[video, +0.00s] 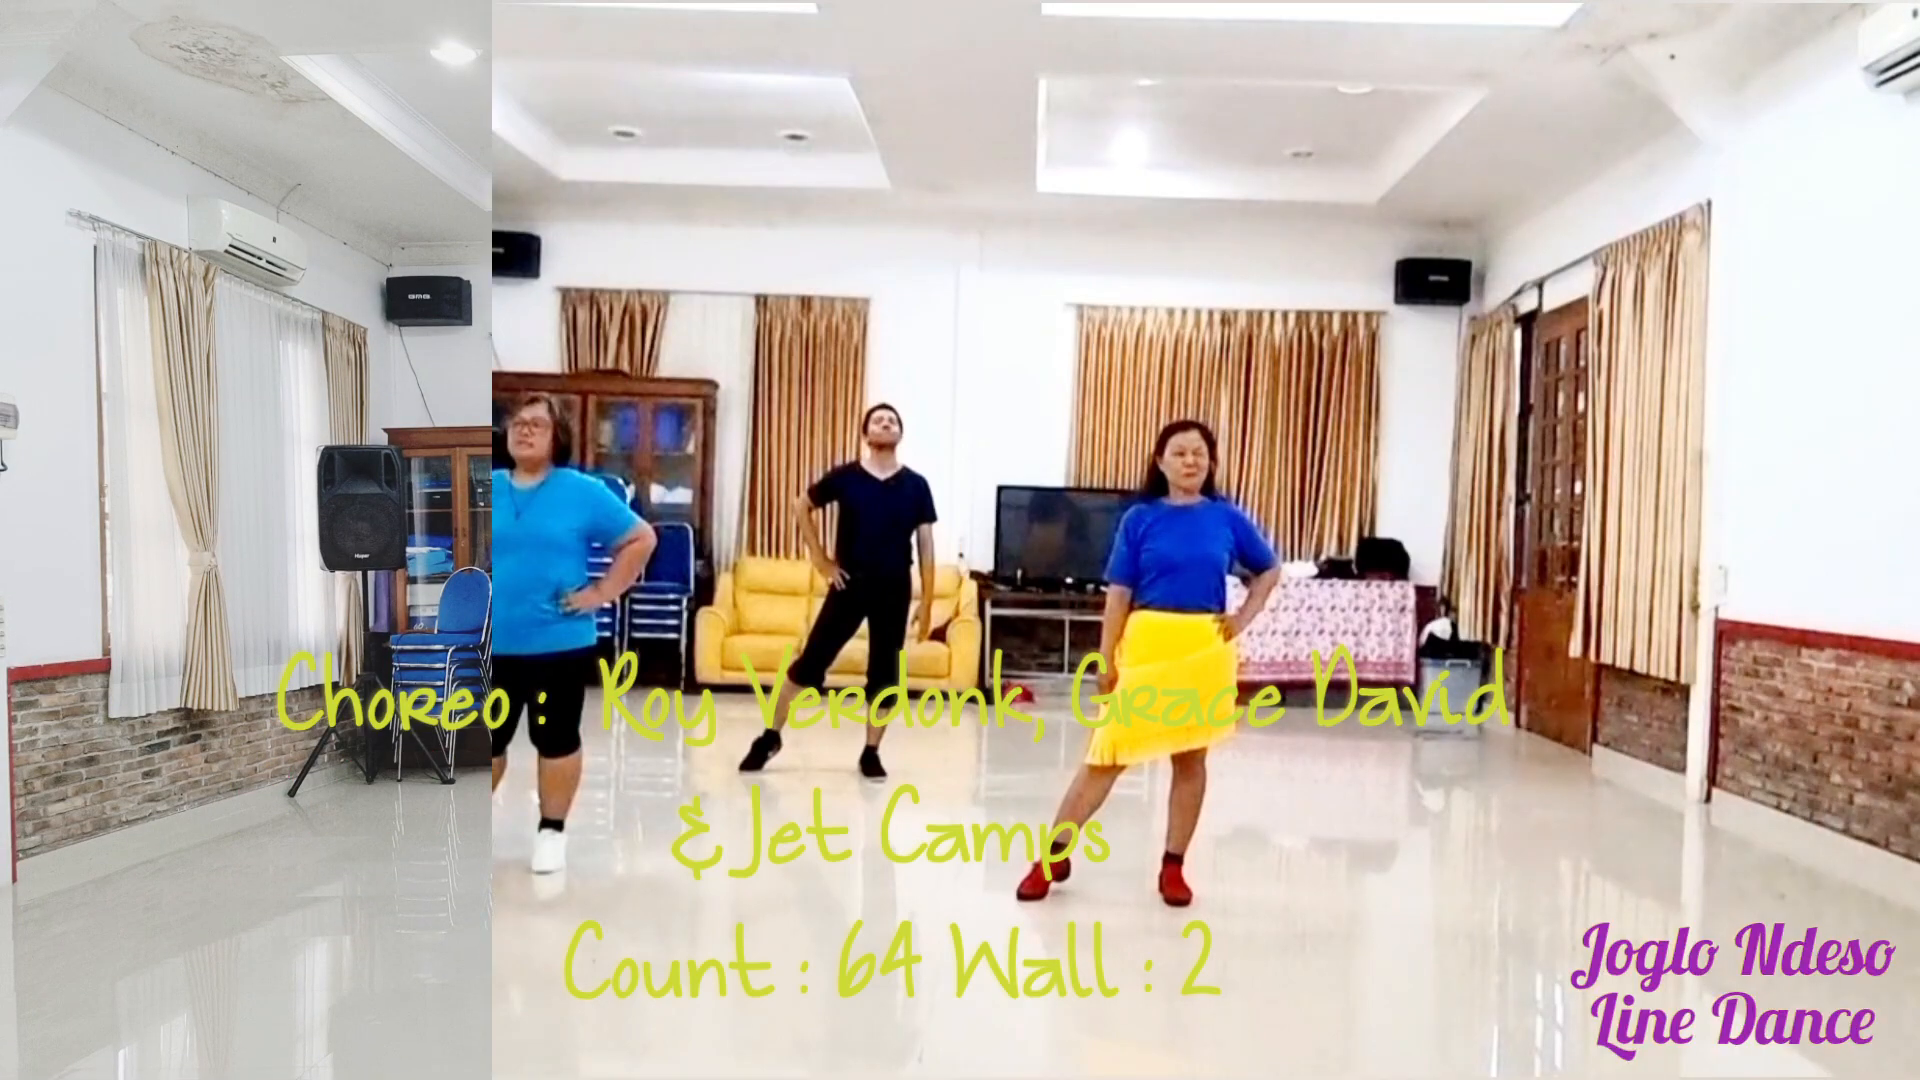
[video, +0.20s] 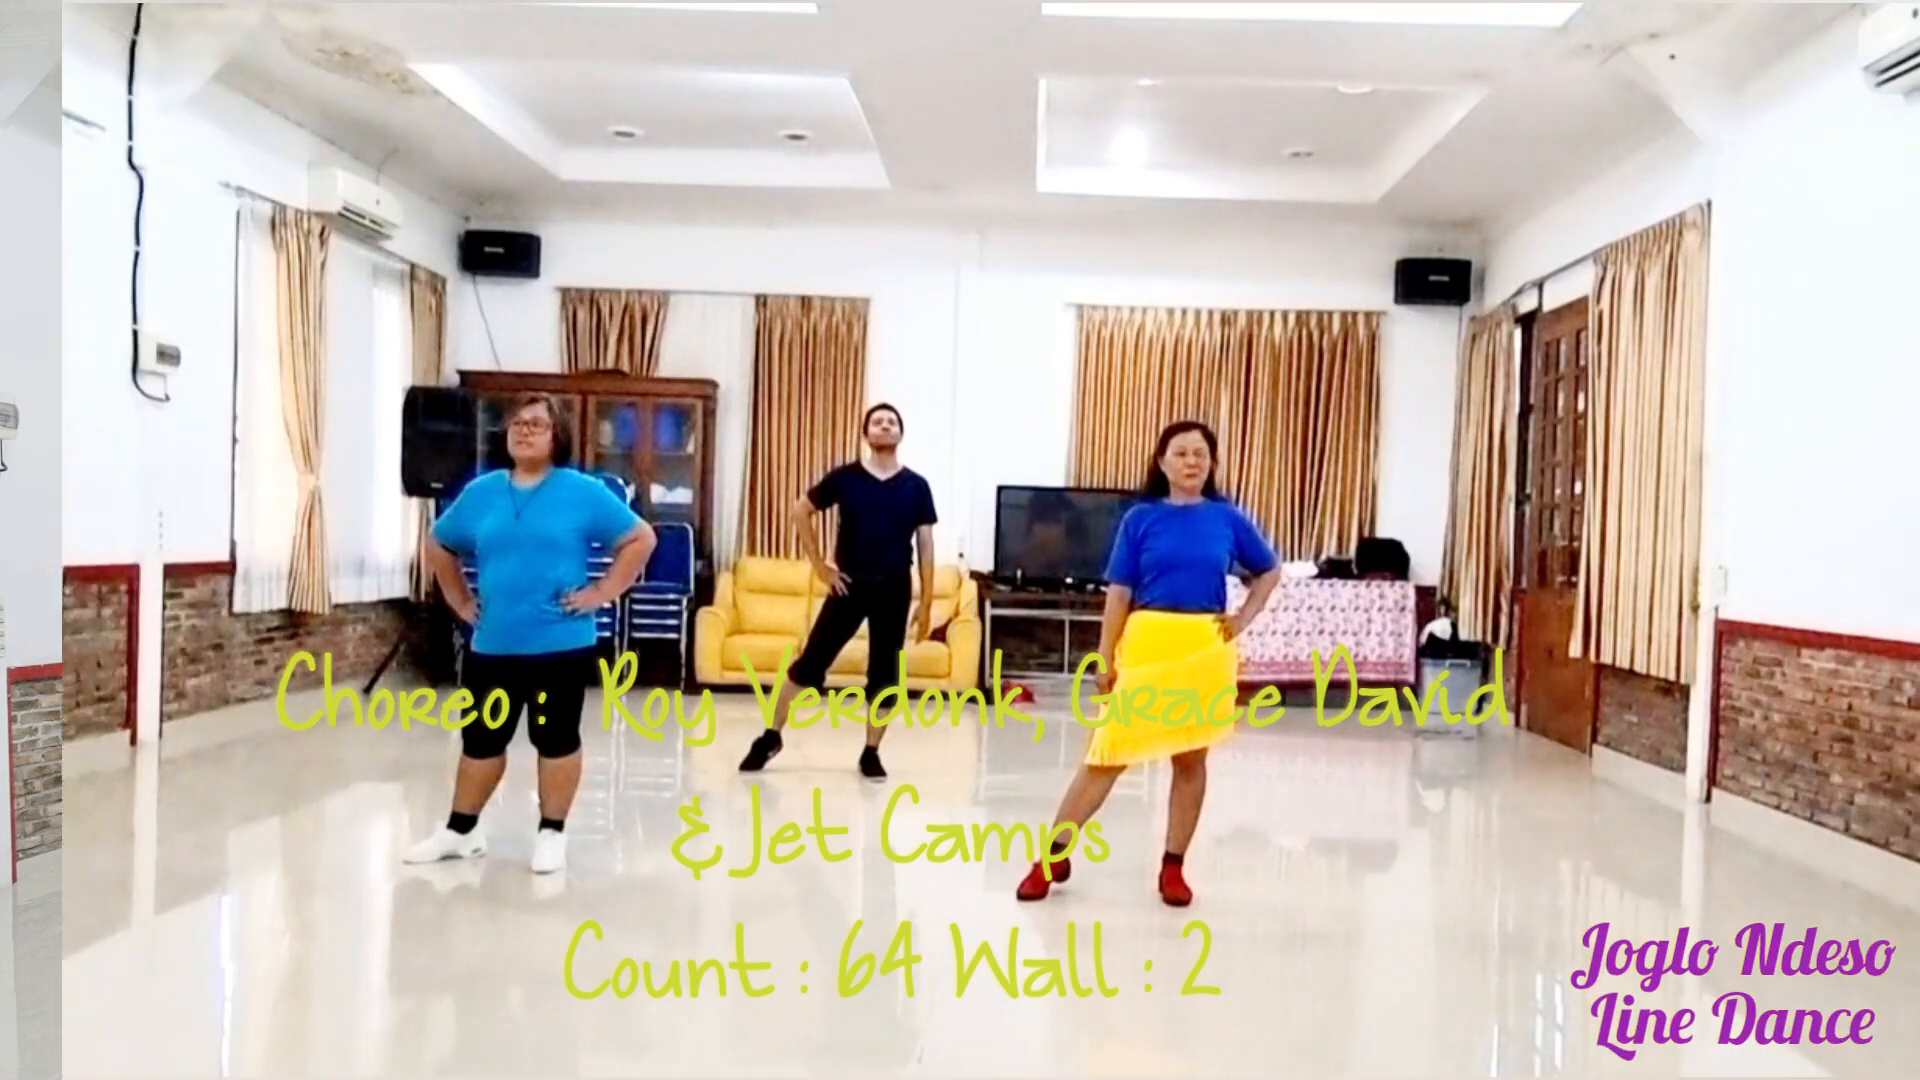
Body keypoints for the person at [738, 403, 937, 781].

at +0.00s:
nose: (886, 425)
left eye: (892, 422)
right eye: (878, 421)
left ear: (901, 436)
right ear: (865, 434)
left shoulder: (915, 485)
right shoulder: (845, 477)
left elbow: (925, 546)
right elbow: (803, 506)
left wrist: (926, 602)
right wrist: (821, 559)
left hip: (892, 593)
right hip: (850, 588)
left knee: (884, 676)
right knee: (809, 664)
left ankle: (871, 752)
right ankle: (772, 733)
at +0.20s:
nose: (885, 427)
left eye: (891, 423)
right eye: (878, 423)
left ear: (901, 435)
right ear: (865, 434)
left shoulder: (915, 486)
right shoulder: (846, 477)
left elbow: (925, 547)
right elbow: (801, 511)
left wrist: (925, 603)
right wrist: (819, 564)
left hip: (893, 594)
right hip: (850, 589)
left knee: (885, 677)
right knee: (809, 665)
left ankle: (871, 752)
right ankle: (772, 733)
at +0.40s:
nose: (886, 428)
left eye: (892, 424)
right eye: (879, 423)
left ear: (902, 435)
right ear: (866, 433)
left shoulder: (915, 487)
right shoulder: (846, 478)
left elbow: (925, 548)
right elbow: (801, 514)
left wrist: (926, 604)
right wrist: (820, 566)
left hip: (893, 595)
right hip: (850, 589)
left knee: (885, 677)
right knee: (809, 665)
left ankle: (872, 752)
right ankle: (772, 733)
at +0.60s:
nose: (886, 429)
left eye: (893, 424)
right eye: (879, 424)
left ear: (903, 435)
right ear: (867, 433)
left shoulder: (915, 487)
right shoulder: (846, 478)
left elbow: (923, 547)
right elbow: (802, 514)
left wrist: (925, 603)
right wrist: (820, 566)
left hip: (893, 595)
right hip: (850, 590)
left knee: (885, 677)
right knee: (809, 665)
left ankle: (871, 752)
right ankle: (772, 733)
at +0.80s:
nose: (887, 429)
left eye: (894, 425)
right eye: (880, 424)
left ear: (904, 436)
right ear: (868, 433)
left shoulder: (915, 487)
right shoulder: (846, 478)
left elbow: (923, 547)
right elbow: (802, 513)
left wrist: (925, 604)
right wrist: (822, 566)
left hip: (893, 595)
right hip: (850, 590)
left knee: (885, 677)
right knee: (809, 665)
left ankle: (872, 752)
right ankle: (773, 733)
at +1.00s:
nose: (887, 431)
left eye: (894, 426)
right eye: (880, 425)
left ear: (904, 437)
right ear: (868, 433)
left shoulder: (916, 487)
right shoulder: (846, 479)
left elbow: (925, 546)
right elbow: (815, 521)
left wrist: (927, 603)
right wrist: (818, 563)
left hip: (893, 596)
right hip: (849, 590)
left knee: (884, 678)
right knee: (808, 665)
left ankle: (871, 752)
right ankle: (772, 734)